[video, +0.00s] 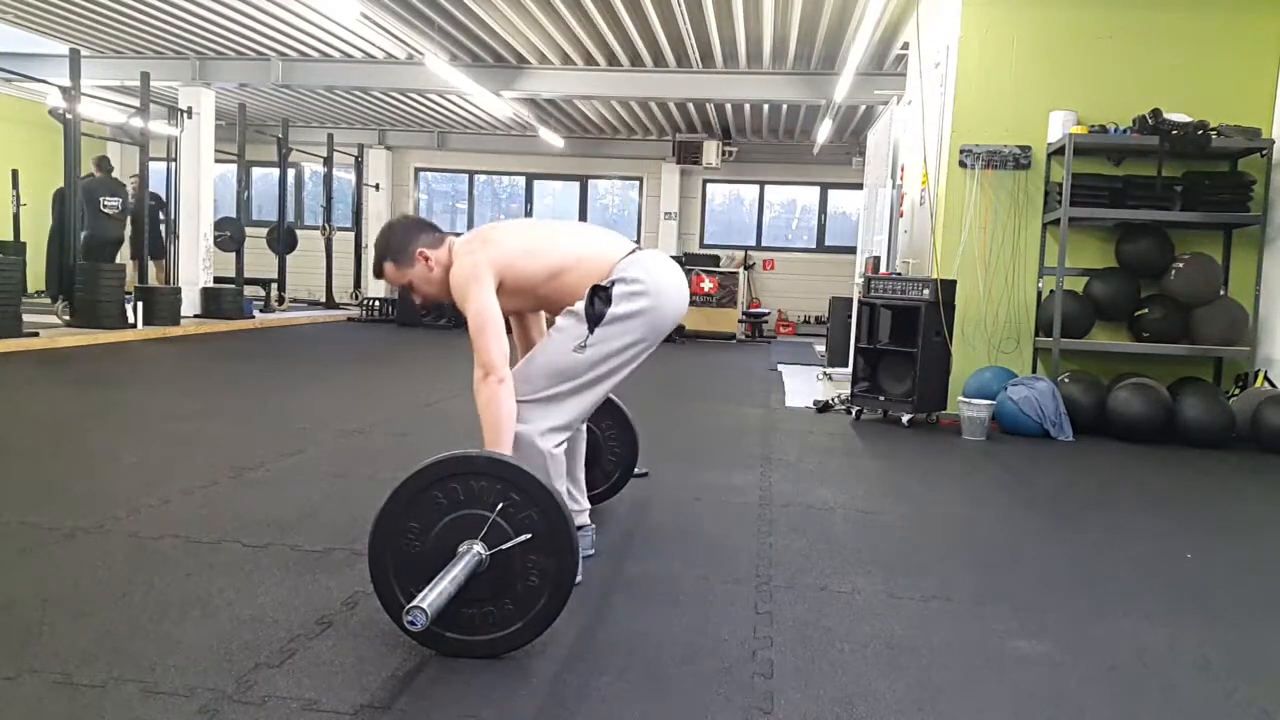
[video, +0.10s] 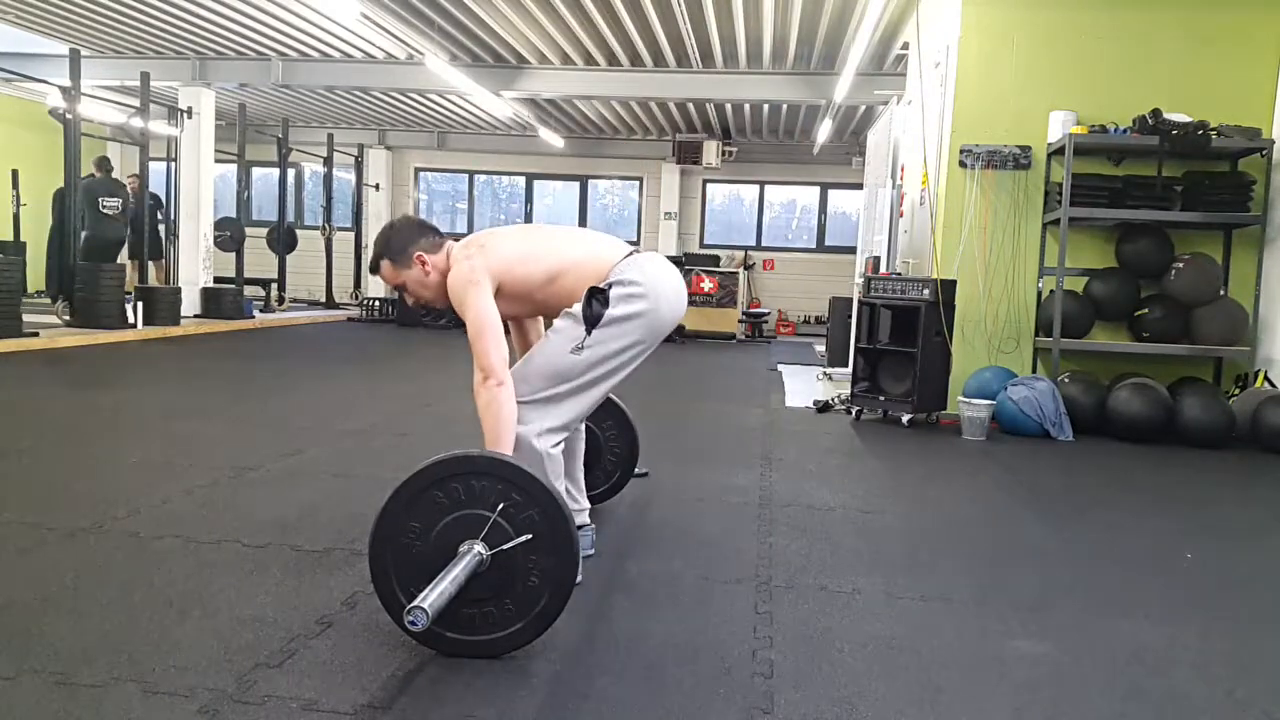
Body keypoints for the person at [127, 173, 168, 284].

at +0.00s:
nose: (133, 186)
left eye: (135, 183)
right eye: (131, 183)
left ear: (142, 183)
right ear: (129, 185)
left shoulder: (154, 197)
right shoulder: (131, 199)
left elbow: (166, 213)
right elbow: (126, 213)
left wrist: (170, 231)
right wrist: (129, 198)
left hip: (153, 233)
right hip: (137, 233)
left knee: (158, 262)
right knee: (136, 262)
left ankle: (163, 289)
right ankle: (137, 290)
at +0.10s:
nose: (131, 186)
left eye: (134, 183)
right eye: (129, 184)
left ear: (140, 183)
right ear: (127, 186)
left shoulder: (153, 197)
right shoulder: (128, 199)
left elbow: (165, 215)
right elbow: (124, 220)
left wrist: (170, 232)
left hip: (152, 234)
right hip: (135, 235)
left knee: (158, 262)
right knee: (135, 264)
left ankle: (163, 290)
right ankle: (134, 292)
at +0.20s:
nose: (130, 186)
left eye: (133, 183)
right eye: (128, 183)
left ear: (140, 183)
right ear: (126, 186)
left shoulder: (152, 198)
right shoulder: (127, 200)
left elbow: (163, 215)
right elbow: (123, 219)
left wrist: (169, 233)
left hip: (151, 234)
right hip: (134, 236)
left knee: (158, 264)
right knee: (134, 266)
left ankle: (164, 291)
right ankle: (131, 294)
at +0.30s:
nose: (131, 187)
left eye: (133, 184)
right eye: (128, 185)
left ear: (139, 184)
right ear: (126, 187)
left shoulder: (151, 198)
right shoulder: (127, 200)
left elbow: (162, 216)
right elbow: (124, 219)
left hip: (151, 234)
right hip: (134, 235)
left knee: (158, 263)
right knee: (133, 265)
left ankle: (164, 292)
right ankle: (130, 293)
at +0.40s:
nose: (132, 188)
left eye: (134, 184)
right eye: (130, 185)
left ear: (140, 185)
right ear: (127, 187)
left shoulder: (151, 198)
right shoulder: (128, 201)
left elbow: (162, 215)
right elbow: (124, 219)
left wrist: (168, 230)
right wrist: (125, 235)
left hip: (151, 233)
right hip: (135, 234)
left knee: (161, 262)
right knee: (134, 264)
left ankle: (166, 290)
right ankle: (130, 292)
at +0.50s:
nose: (134, 189)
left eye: (136, 186)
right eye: (131, 187)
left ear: (140, 186)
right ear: (129, 188)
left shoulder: (151, 198)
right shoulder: (128, 200)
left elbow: (162, 215)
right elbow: (124, 218)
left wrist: (167, 230)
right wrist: (126, 234)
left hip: (151, 232)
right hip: (135, 233)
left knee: (161, 261)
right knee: (134, 263)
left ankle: (165, 288)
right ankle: (131, 291)